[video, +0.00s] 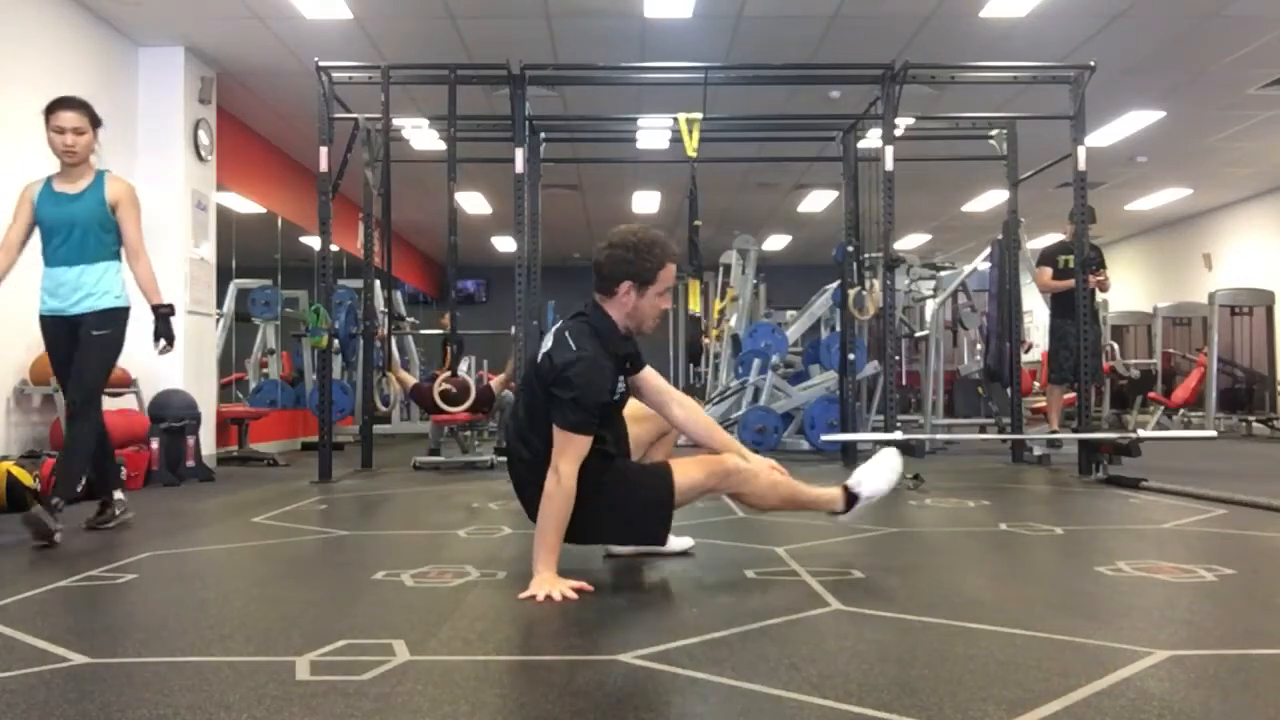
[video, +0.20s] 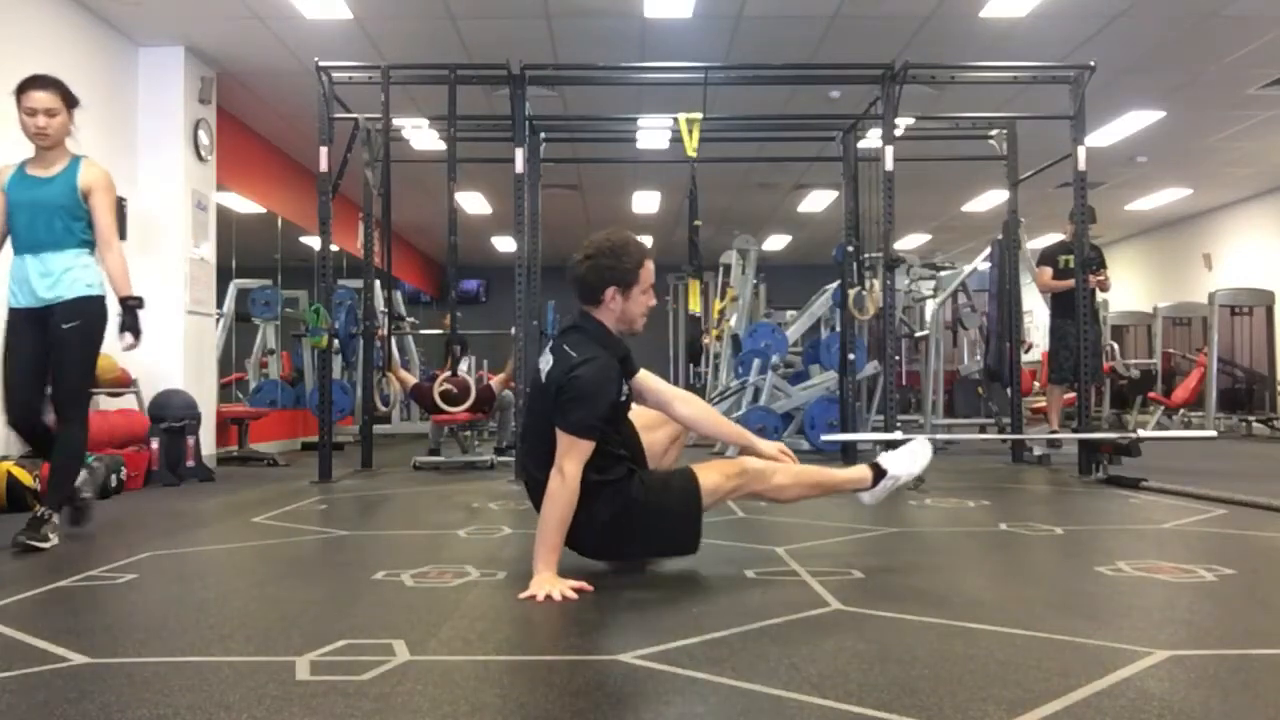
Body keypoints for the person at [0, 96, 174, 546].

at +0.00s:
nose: (69, 140)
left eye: (78, 131)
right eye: (59, 131)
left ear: (94, 136)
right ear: (48, 136)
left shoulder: (117, 189)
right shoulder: (34, 194)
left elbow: (137, 255)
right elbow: (7, 255)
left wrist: (160, 308)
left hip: (105, 308)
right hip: (55, 311)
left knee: (82, 402)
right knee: (80, 405)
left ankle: (54, 505)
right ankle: (111, 496)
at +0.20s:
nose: (40, 122)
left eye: (50, 113)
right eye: (30, 114)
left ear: (69, 117)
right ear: (20, 118)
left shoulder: (91, 175)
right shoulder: (11, 179)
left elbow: (108, 246)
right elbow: (1, 238)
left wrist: (128, 302)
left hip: (79, 300)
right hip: (24, 303)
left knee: (71, 408)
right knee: (20, 410)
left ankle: (48, 512)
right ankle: (76, 473)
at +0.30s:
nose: (20, 114)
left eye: (30, 104)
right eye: (11, 106)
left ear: (55, 107)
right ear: (4, 110)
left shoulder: (78, 164)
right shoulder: (8, 167)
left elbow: (95, 233)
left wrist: (104, 292)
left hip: (66, 298)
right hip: (11, 300)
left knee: (61, 405)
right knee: (1, 401)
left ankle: (47, 510)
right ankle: (38, 478)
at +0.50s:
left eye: (2, 92)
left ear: (26, 95)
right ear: (0, 97)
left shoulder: (54, 152)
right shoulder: (2, 151)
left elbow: (72, 223)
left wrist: (50, 282)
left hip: (44, 293)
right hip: (0, 295)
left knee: (45, 402)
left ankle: (43, 513)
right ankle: (40, 510)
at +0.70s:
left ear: (2, 82)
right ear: (2, 83)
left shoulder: (16, 141)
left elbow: (29, 220)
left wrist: (9, 277)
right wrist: (11, 278)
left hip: (10, 293)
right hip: (5, 290)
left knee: (13, 407)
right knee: (12, 408)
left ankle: (36, 508)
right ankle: (35, 506)